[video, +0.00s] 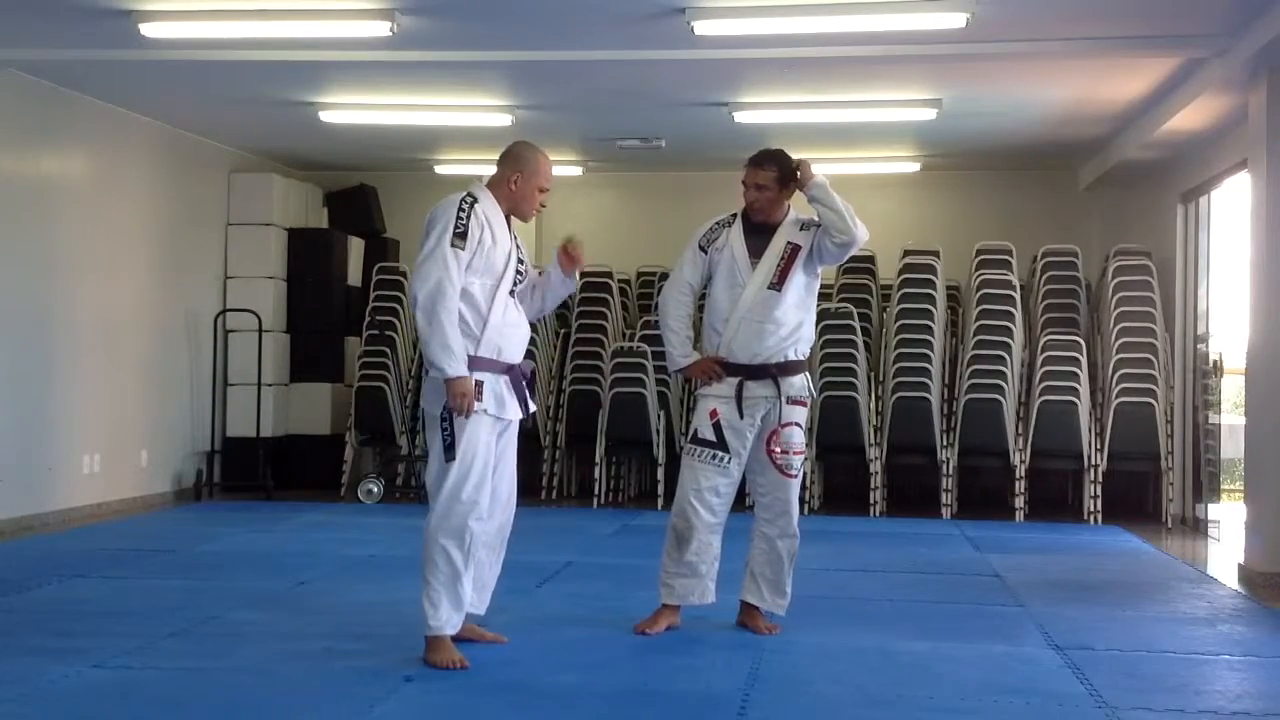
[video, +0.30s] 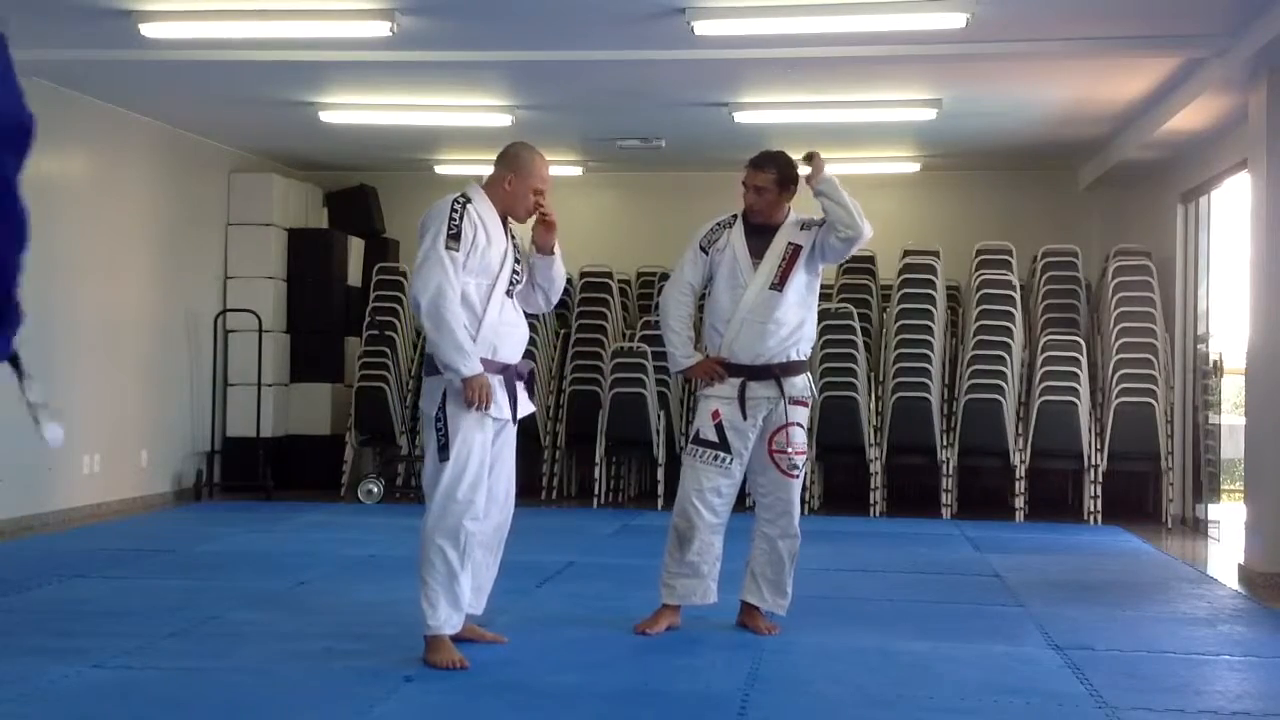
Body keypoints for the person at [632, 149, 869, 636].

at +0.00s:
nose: (750, 195)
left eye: (761, 188)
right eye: (746, 186)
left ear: (787, 193)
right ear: (741, 185)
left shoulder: (809, 236)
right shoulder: (715, 235)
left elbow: (851, 237)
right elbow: (675, 295)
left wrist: (813, 186)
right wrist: (686, 356)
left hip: (786, 386)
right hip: (722, 383)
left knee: (779, 505)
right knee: (695, 500)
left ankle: (755, 606)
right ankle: (672, 604)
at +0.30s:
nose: (747, 196)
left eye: (759, 190)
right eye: (745, 187)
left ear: (786, 196)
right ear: (742, 186)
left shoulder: (809, 238)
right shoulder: (716, 235)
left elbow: (854, 232)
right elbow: (676, 295)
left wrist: (821, 182)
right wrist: (687, 357)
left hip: (787, 388)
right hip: (723, 384)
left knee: (781, 506)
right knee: (697, 500)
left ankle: (755, 606)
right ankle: (672, 604)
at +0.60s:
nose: (749, 201)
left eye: (761, 196)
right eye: (748, 191)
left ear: (788, 202)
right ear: (744, 188)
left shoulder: (809, 238)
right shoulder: (718, 235)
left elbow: (854, 215)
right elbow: (677, 294)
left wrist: (816, 175)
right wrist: (686, 357)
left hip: (787, 388)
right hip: (723, 385)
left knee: (780, 505)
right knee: (697, 500)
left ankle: (755, 606)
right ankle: (672, 604)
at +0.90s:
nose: (745, 201)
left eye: (756, 195)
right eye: (742, 191)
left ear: (784, 197)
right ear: (738, 186)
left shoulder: (810, 238)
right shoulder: (716, 236)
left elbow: (857, 236)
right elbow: (676, 297)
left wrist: (805, 192)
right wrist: (687, 358)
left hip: (786, 389)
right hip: (722, 386)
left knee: (780, 506)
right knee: (696, 501)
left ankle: (755, 606)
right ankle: (673, 604)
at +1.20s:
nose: (733, 203)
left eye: (743, 196)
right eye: (729, 194)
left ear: (771, 194)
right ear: (725, 190)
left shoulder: (809, 239)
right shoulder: (709, 240)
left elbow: (861, 282)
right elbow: (674, 303)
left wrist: (846, 311)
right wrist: (687, 360)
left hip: (786, 390)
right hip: (722, 387)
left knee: (780, 506)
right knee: (696, 501)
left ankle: (756, 605)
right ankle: (672, 604)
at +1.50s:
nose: (738, 208)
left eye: (747, 199)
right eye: (730, 199)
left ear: (772, 193)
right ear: (723, 195)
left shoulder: (811, 237)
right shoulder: (705, 242)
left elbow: (843, 297)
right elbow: (675, 306)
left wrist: (828, 352)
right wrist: (689, 363)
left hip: (789, 390)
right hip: (725, 389)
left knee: (781, 503)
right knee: (697, 499)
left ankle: (757, 605)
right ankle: (671, 604)